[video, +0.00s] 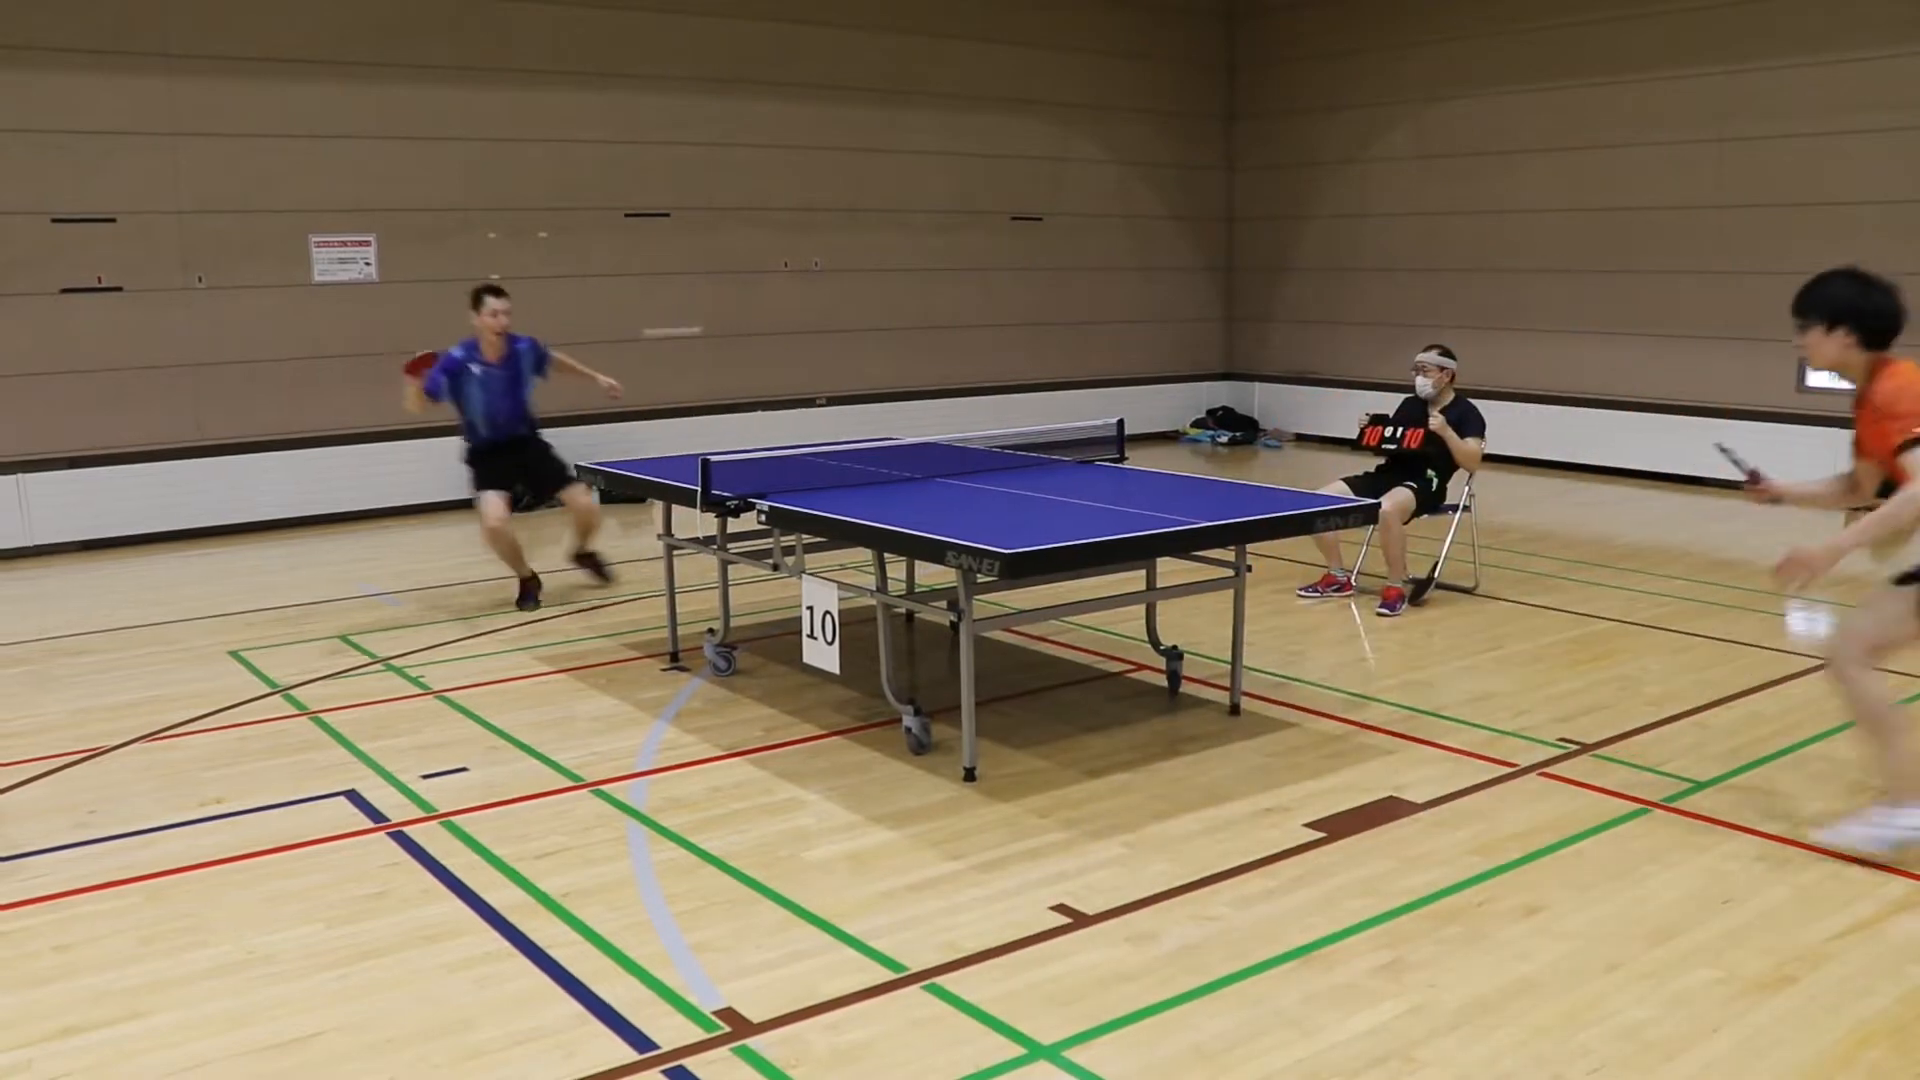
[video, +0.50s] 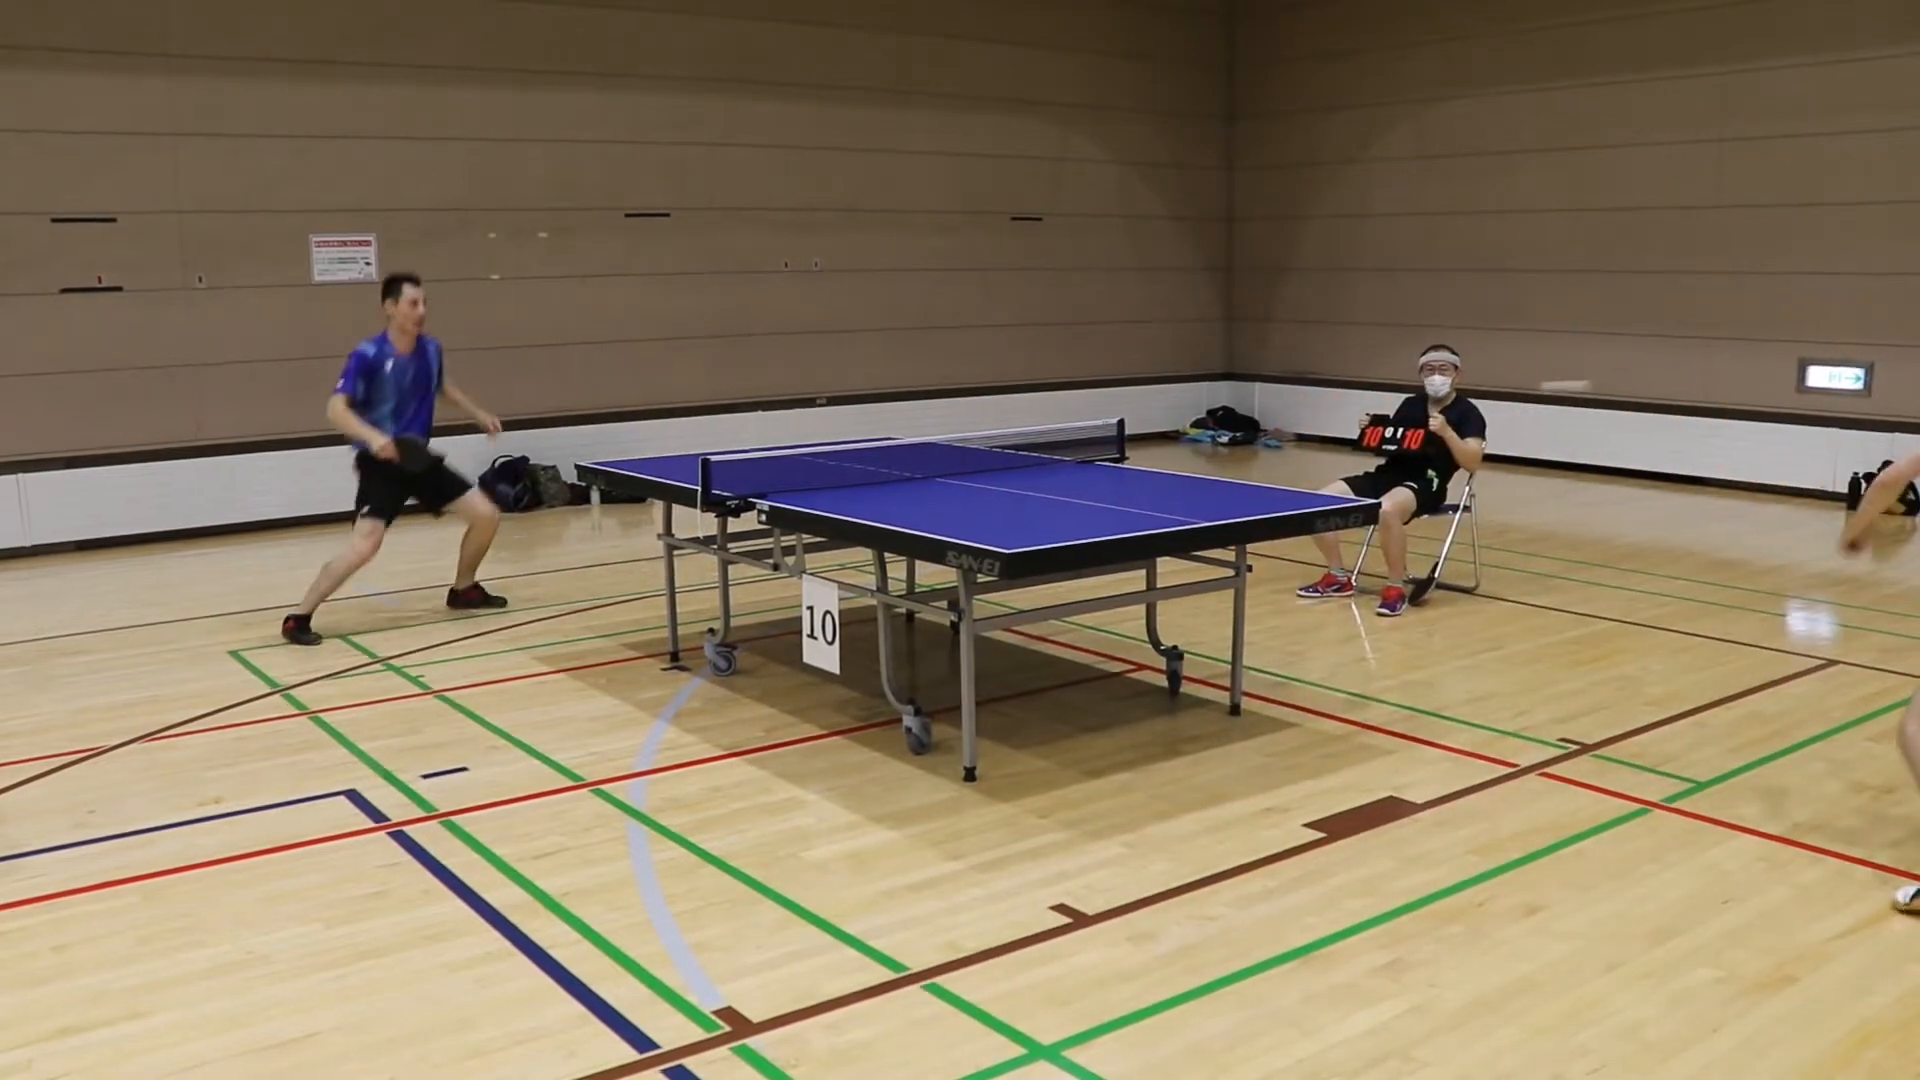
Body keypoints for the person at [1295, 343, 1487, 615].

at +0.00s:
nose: (1418, 376)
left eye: (1425, 370)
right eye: (1416, 370)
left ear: (1446, 376)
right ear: (1414, 373)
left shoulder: (1466, 413)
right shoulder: (1411, 404)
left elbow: (1472, 463)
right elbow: (1393, 439)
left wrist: (1447, 433)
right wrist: (1373, 426)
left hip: (1426, 482)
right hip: (1390, 473)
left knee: (1388, 510)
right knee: (1318, 502)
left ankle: (1395, 588)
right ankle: (1337, 576)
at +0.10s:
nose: (1421, 376)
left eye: (1428, 370)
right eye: (1418, 370)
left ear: (1448, 376)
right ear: (1414, 373)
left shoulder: (1466, 413)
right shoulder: (1411, 404)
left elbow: (1472, 463)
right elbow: (1394, 439)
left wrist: (1447, 433)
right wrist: (1373, 426)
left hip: (1427, 481)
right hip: (1391, 473)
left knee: (1389, 509)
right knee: (1319, 502)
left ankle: (1395, 587)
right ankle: (1337, 576)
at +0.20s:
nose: (1425, 376)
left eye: (1433, 370)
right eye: (1421, 370)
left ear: (1452, 376)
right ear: (1416, 374)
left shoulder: (1467, 413)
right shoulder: (1411, 404)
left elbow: (1472, 463)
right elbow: (1394, 439)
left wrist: (1447, 433)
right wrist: (1373, 426)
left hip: (1427, 481)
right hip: (1391, 473)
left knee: (1389, 509)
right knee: (1319, 502)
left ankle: (1395, 587)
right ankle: (1337, 576)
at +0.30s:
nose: (1430, 375)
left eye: (1438, 369)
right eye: (1424, 369)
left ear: (1453, 375)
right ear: (1418, 374)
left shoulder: (1467, 413)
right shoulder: (1411, 404)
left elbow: (1472, 462)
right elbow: (1393, 439)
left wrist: (1447, 433)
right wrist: (1373, 426)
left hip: (1427, 481)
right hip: (1391, 473)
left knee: (1389, 509)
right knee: (1319, 502)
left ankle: (1395, 587)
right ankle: (1338, 576)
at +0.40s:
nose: (1433, 375)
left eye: (1441, 369)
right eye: (1427, 369)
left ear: (1455, 375)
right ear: (1419, 375)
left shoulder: (1467, 413)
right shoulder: (1411, 404)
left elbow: (1472, 463)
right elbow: (1396, 435)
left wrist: (1447, 433)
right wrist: (1374, 425)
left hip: (1427, 481)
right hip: (1391, 473)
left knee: (1389, 509)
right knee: (1318, 503)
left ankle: (1395, 588)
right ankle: (1337, 575)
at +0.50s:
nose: (1436, 375)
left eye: (1443, 370)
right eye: (1429, 369)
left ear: (1457, 376)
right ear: (1421, 375)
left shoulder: (1467, 413)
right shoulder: (1411, 404)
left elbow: (1472, 463)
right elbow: (1393, 439)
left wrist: (1447, 433)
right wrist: (1373, 427)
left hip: (1427, 482)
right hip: (1390, 474)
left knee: (1388, 510)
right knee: (1318, 503)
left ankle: (1395, 588)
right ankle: (1337, 576)